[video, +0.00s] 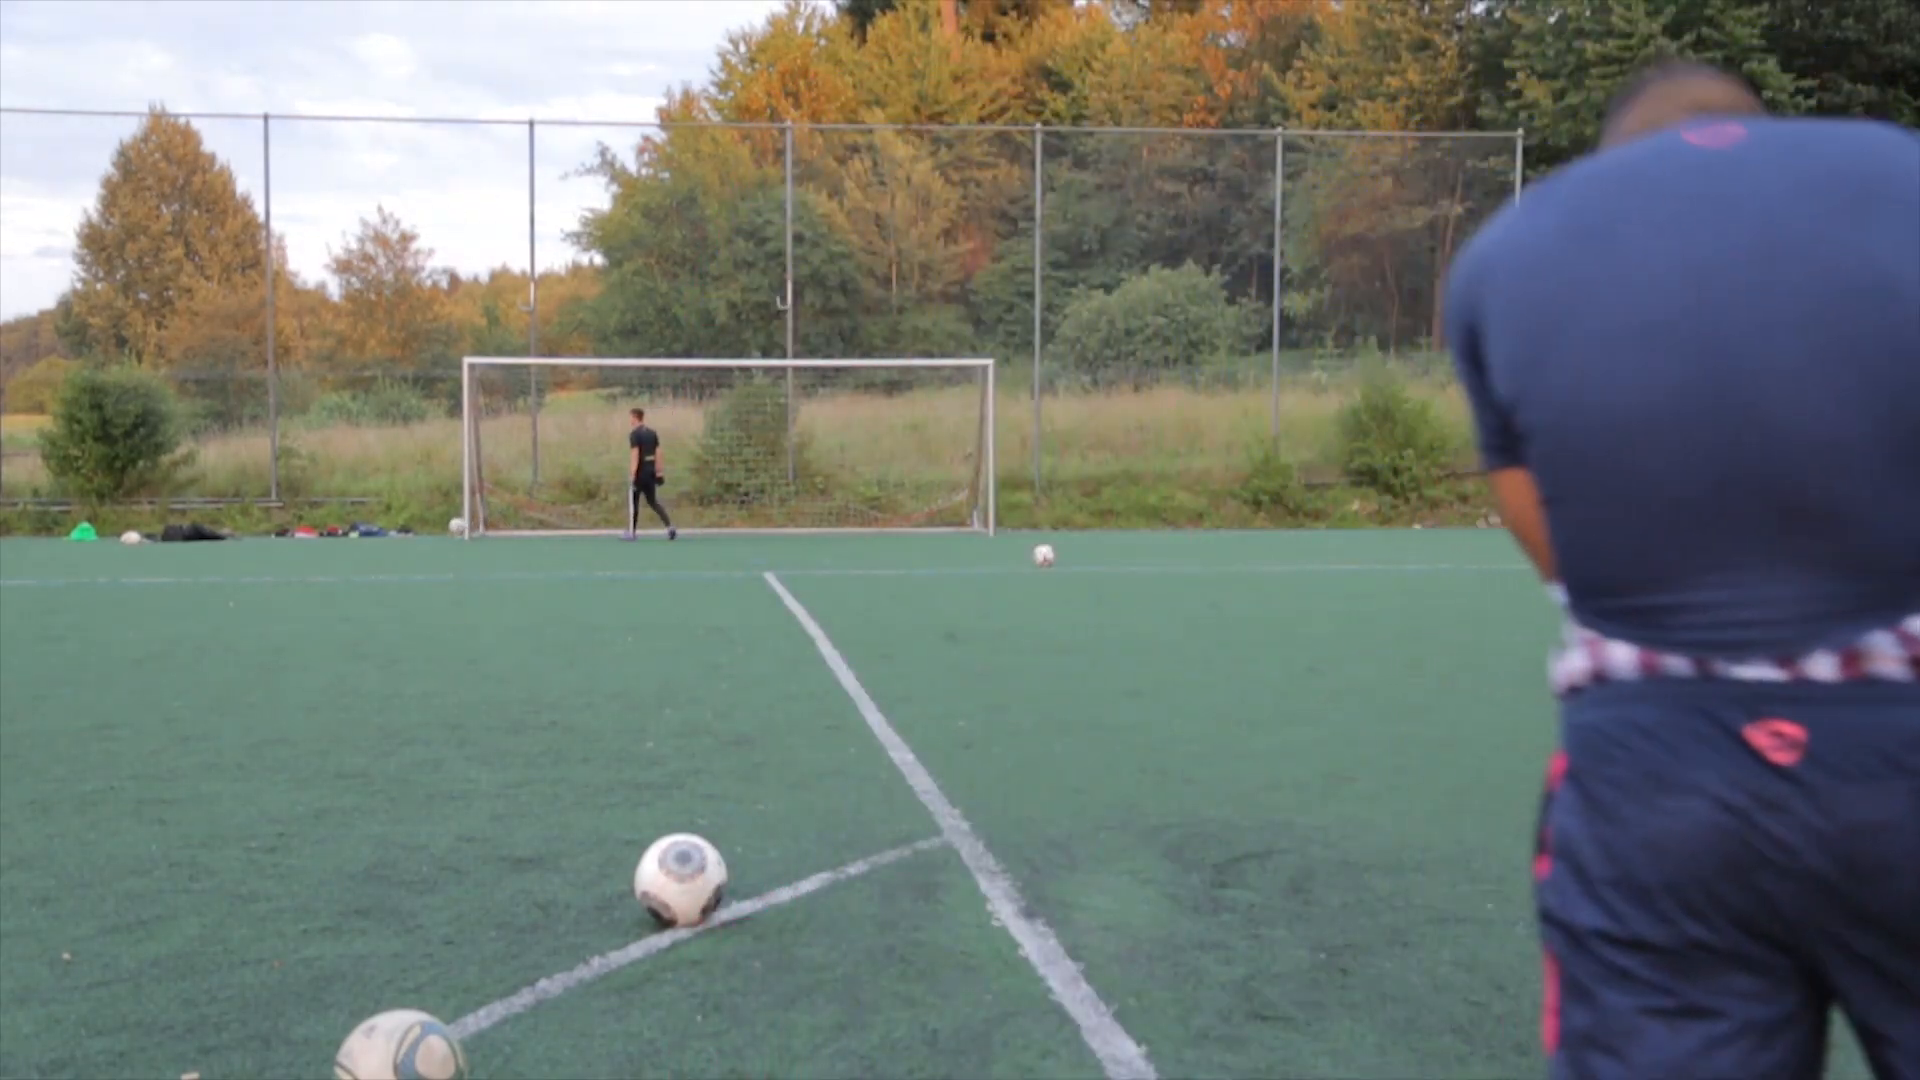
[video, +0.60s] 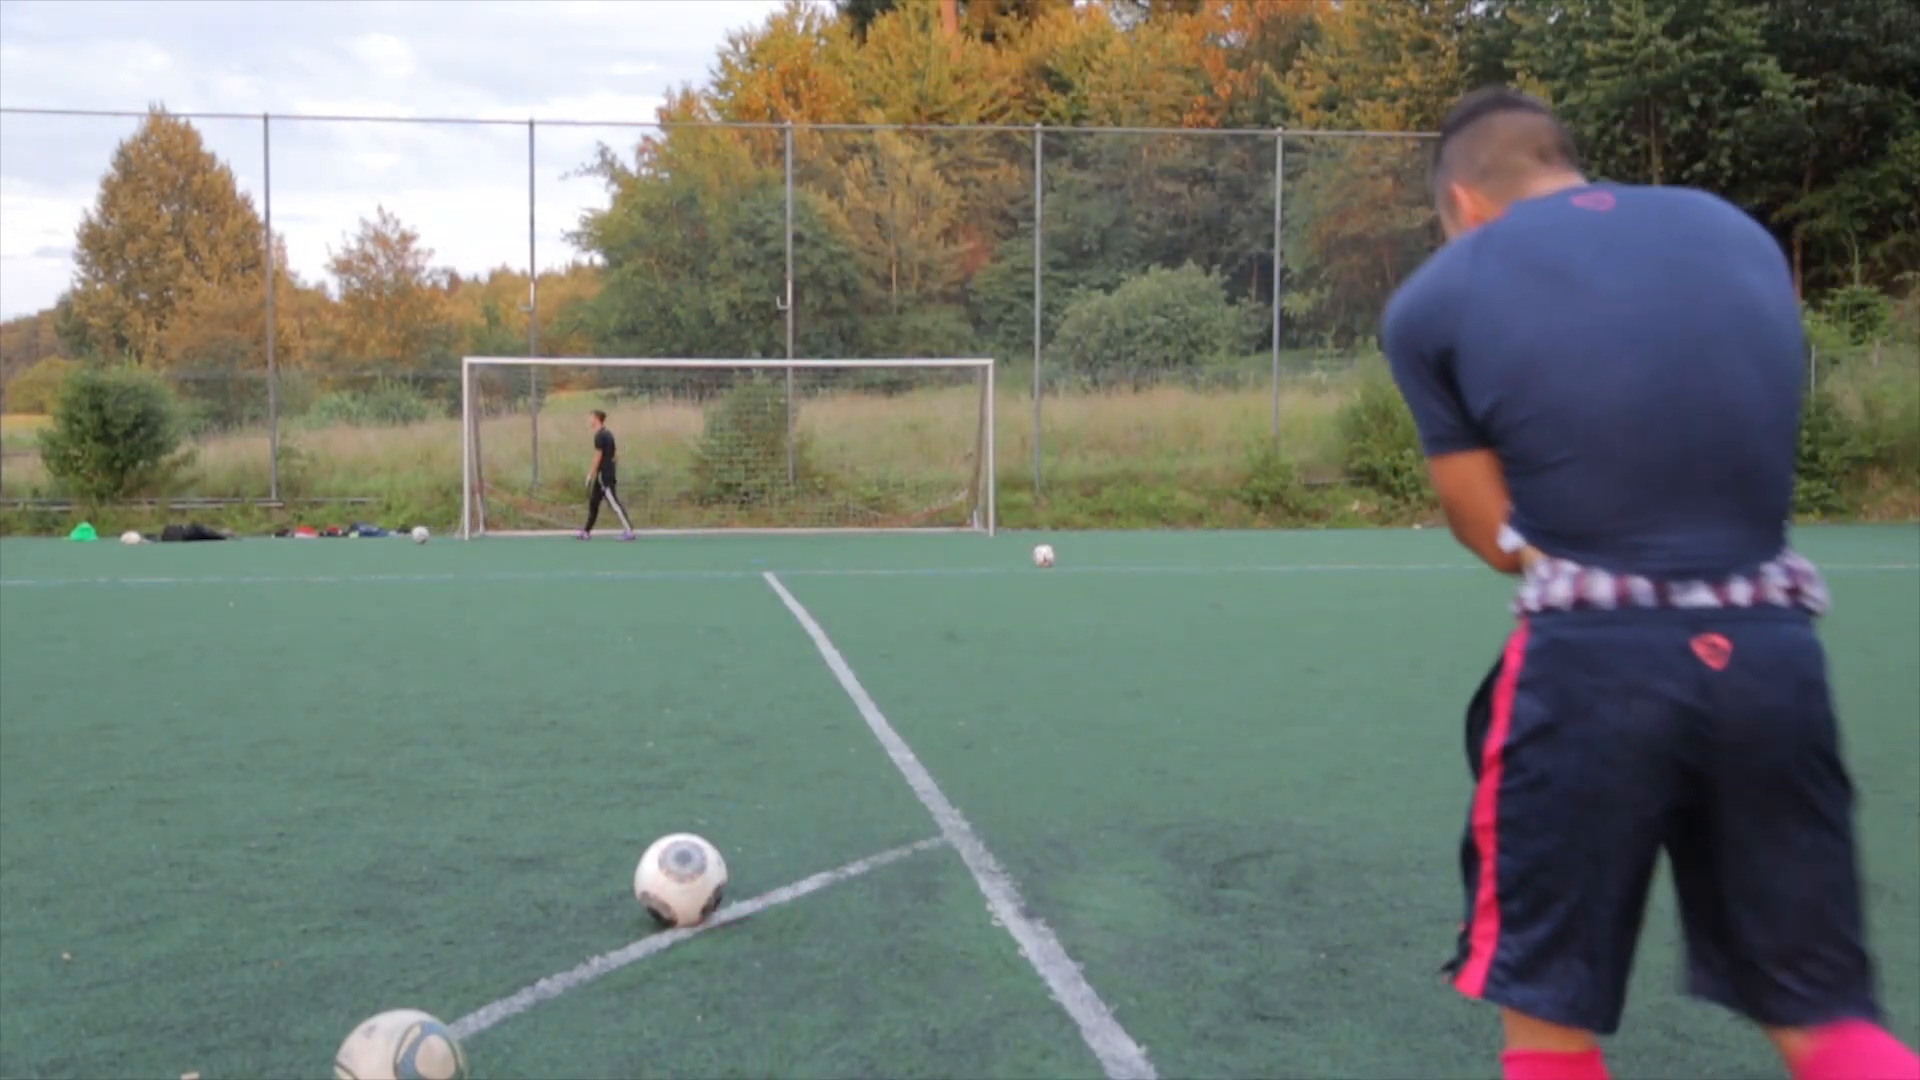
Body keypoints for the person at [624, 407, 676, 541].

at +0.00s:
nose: (631, 421)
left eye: (632, 418)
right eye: (631, 418)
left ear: (636, 419)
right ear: (642, 418)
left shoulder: (635, 434)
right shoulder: (652, 433)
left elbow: (635, 456)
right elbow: (658, 453)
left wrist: (632, 475)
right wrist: (659, 471)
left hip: (640, 470)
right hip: (651, 469)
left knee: (634, 500)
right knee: (652, 501)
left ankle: (632, 530)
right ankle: (669, 526)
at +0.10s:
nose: (626, 420)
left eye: (626, 417)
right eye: (627, 417)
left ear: (628, 417)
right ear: (636, 417)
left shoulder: (630, 434)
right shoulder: (645, 432)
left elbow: (629, 455)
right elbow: (651, 452)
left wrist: (624, 474)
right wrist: (652, 470)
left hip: (633, 468)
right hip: (644, 467)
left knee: (632, 501)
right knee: (639, 500)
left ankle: (631, 531)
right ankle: (658, 522)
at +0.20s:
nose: (619, 420)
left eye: (620, 417)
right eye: (620, 417)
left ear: (623, 417)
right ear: (630, 417)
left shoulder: (624, 433)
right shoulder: (639, 432)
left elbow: (622, 454)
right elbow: (645, 452)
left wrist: (615, 472)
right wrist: (646, 469)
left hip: (628, 468)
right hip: (639, 467)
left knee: (629, 498)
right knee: (631, 497)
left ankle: (632, 529)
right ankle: (641, 522)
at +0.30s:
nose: (613, 419)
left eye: (614, 416)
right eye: (614, 416)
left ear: (616, 417)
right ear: (624, 416)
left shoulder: (618, 433)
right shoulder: (632, 431)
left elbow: (615, 454)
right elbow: (637, 452)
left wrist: (606, 472)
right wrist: (636, 468)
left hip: (624, 470)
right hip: (632, 468)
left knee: (625, 499)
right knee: (617, 496)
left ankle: (630, 531)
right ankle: (622, 527)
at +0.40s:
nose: (607, 419)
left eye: (608, 417)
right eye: (608, 417)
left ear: (610, 418)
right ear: (618, 417)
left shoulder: (612, 433)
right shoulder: (624, 432)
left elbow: (609, 454)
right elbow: (630, 452)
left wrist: (599, 472)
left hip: (618, 469)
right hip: (625, 467)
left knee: (624, 501)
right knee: (611, 499)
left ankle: (631, 532)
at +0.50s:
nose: (599, 421)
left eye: (601, 418)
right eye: (600, 418)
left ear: (604, 419)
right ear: (611, 419)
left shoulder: (606, 435)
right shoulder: (617, 434)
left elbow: (604, 455)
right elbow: (623, 455)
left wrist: (594, 472)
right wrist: (618, 467)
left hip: (611, 469)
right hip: (618, 467)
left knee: (619, 500)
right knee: (604, 501)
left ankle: (630, 531)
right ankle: (589, 528)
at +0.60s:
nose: (591, 423)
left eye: (593, 420)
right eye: (591, 419)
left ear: (598, 420)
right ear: (601, 421)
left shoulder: (601, 435)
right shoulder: (608, 435)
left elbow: (598, 457)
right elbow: (613, 455)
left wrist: (591, 474)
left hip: (604, 471)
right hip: (607, 469)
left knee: (612, 501)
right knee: (594, 501)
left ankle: (629, 530)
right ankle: (586, 530)